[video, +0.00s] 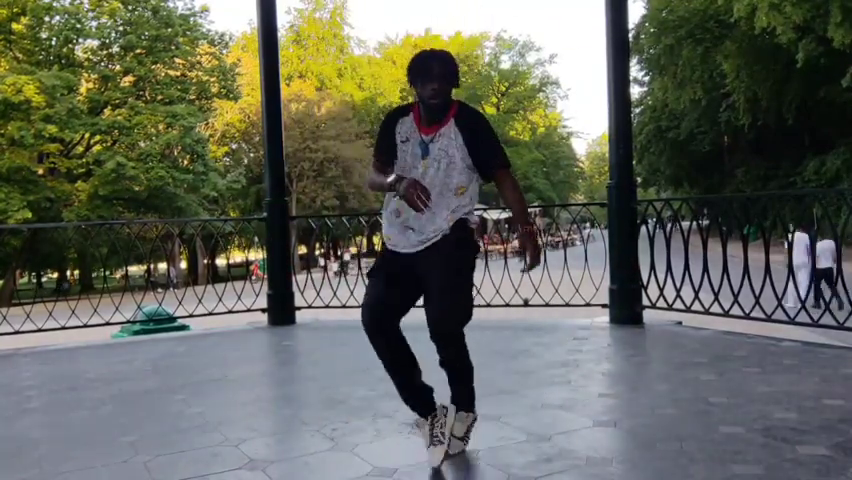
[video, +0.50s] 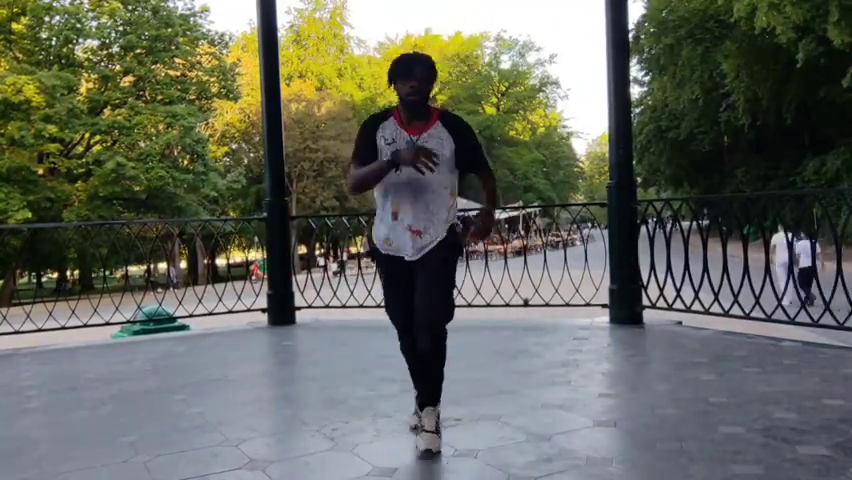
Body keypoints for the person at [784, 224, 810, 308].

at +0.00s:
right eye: (806, 228)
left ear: (796, 227)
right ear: (804, 228)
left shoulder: (791, 236)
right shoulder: (806, 236)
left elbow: (787, 248)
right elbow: (808, 249)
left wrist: (788, 260)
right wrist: (809, 258)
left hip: (793, 260)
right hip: (804, 260)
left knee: (791, 282)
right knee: (803, 282)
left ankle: (791, 302)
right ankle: (802, 301)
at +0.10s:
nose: (787, 230)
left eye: (788, 229)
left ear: (789, 229)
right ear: (797, 228)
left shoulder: (786, 238)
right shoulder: (802, 237)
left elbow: (784, 251)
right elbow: (807, 251)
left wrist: (783, 262)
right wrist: (808, 262)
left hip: (789, 263)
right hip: (800, 262)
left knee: (788, 283)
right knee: (801, 282)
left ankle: (787, 301)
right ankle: (802, 302)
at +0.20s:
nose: (788, 230)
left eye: (787, 229)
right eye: (789, 229)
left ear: (786, 230)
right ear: (793, 229)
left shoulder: (783, 239)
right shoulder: (799, 238)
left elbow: (781, 252)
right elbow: (803, 251)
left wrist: (780, 262)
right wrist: (804, 261)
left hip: (787, 263)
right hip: (798, 262)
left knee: (786, 283)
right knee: (800, 282)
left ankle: (785, 301)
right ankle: (802, 300)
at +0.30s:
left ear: (782, 229)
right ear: (791, 228)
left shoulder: (780, 238)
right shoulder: (796, 237)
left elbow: (778, 250)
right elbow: (799, 250)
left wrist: (777, 261)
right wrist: (801, 260)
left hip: (784, 262)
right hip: (795, 261)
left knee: (784, 282)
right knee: (797, 281)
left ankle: (786, 300)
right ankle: (799, 299)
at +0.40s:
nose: (780, 228)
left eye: (780, 227)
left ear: (781, 227)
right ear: (789, 228)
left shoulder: (779, 237)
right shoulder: (794, 236)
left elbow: (775, 249)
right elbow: (797, 249)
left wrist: (773, 259)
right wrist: (798, 260)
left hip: (782, 260)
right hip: (792, 260)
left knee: (783, 281)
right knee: (792, 279)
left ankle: (785, 300)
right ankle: (796, 294)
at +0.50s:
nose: (779, 228)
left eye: (779, 227)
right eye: (780, 227)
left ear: (779, 228)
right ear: (786, 227)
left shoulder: (775, 237)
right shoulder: (791, 236)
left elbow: (771, 249)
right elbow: (794, 249)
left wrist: (771, 258)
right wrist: (795, 259)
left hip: (780, 260)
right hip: (789, 260)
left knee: (781, 280)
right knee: (789, 280)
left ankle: (784, 299)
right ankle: (789, 298)